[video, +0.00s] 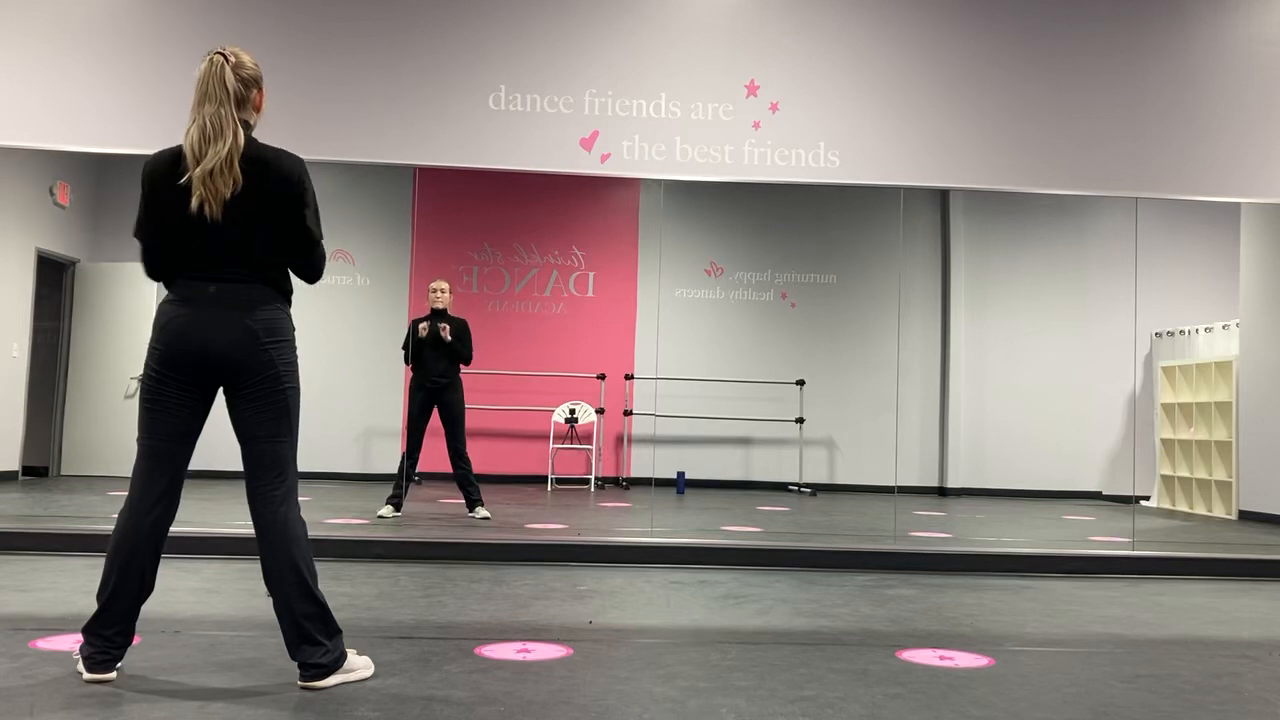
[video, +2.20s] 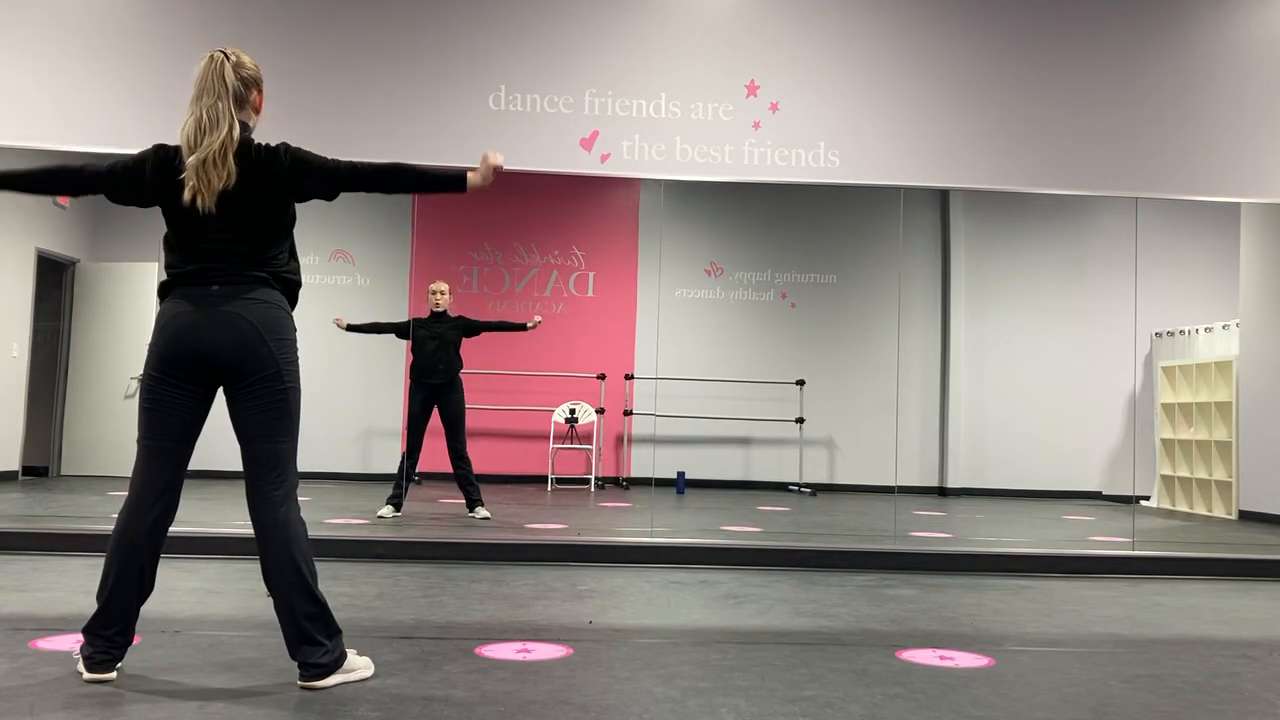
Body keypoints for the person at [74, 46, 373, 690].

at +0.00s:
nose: (266, 102)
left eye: (263, 92)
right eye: (264, 94)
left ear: (200, 96)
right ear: (253, 99)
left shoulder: (162, 168)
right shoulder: (285, 171)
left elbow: (154, 265)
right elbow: (311, 266)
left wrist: (207, 252)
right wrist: (271, 228)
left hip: (179, 326)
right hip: (260, 329)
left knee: (150, 488)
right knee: (274, 494)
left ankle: (101, 649)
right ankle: (319, 656)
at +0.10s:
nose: (266, 101)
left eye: (262, 90)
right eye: (263, 92)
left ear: (199, 95)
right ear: (251, 97)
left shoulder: (164, 168)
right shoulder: (282, 169)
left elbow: (170, 231)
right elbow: (303, 247)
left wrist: (235, 224)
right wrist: (245, 228)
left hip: (180, 322)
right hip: (259, 323)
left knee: (151, 487)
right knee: (274, 493)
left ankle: (101, 648)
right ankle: (319, 656)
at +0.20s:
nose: (264, 100)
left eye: (260, 89)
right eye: (261, 91)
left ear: (197, 95)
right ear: (249, 96)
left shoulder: (166, 159)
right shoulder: (276, 157)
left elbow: (193, 198)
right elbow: (292, 205)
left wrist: (233, 133)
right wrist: (261, 137)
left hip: (180, 323)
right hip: (259, 324)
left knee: (151, 487)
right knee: (275, 493)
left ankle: (102, 648)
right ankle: (319, 656)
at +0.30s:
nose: (264, 99)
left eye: (260, 88)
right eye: (261, 91)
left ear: (199, 94)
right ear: (250, 97)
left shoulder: (168, 150)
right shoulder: (273, 157)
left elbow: (199, 132)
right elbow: (295, 133)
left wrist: (229, 75)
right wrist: (275, 77)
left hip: (181, 321)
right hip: (259, 321)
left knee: (151, 487)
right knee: (275, 492)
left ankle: (101, 648)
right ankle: (319, 656)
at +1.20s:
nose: (267, 100)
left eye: (260, 90)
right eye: (264, 91)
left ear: (203, 97)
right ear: (257, 98)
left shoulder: (178, 150)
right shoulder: (280, 149)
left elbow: (143, 69)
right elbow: (331, 72)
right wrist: (366, 3)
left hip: (183, 320)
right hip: (262, 321)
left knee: (151, 489)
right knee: (275, 496)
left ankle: (103, 648)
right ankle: (319, 657)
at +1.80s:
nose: (266, 101)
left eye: (261, 92)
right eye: (262, 93)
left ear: (204, 98)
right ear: (252, 99)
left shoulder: (170, 156)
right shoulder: (283, 156)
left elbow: (86, 118)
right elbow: (367, 122)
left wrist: (4, 62)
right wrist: (445, 76)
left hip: (184, 315)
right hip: (263, 316)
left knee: (151, 489)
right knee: (275, 495)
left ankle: (102, 649)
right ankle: (319, 657)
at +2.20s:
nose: (264, 101)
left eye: (260, 93)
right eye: (262, 93)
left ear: (199, 98)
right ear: (252, 98)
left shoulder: (166, 163)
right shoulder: (280, 163)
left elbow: (77, 176)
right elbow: (370, 177)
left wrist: (3, 176)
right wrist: (468, 178)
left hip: (180, 318)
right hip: (258, 318)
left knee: (150, 489)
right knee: (274, 492)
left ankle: (101, 649)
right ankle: (319, 656)